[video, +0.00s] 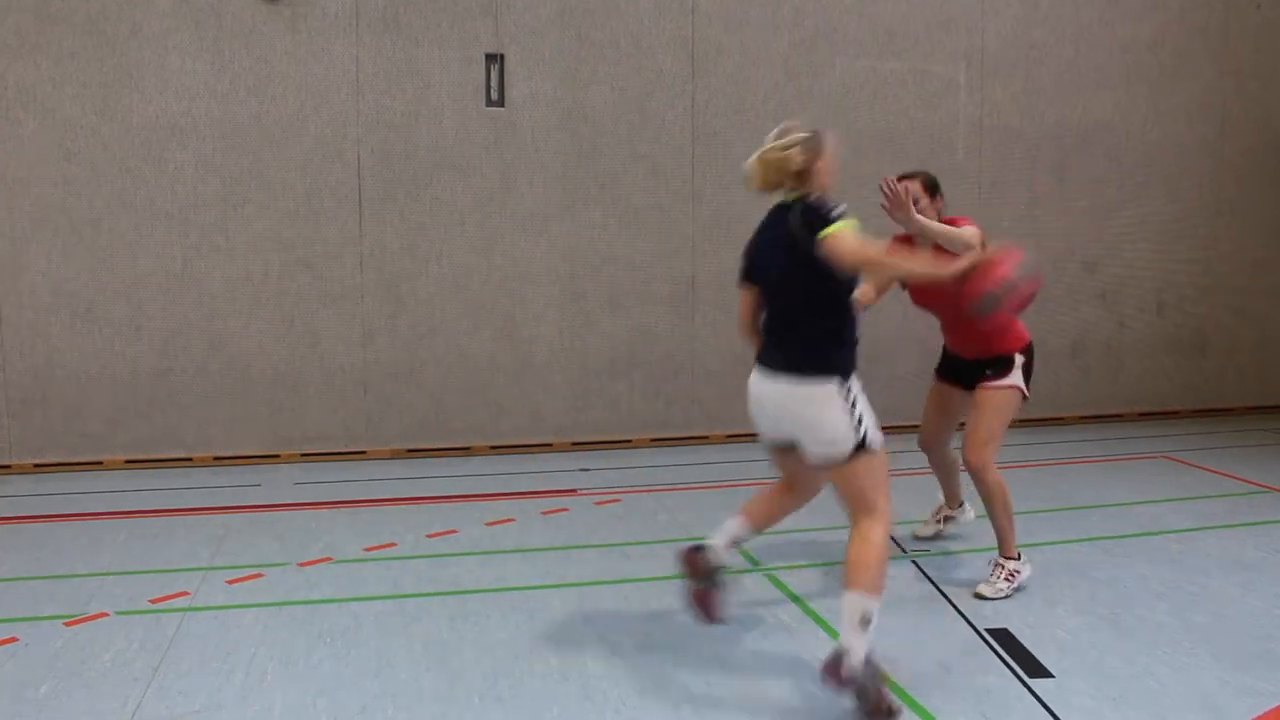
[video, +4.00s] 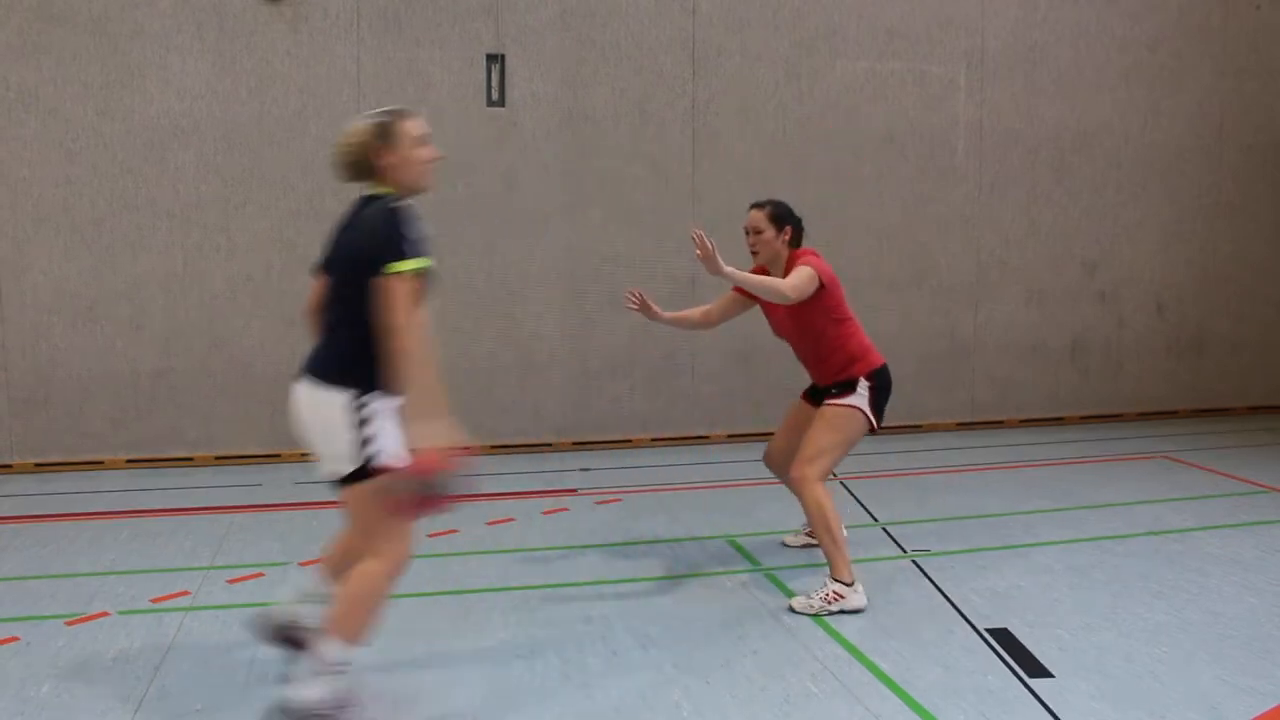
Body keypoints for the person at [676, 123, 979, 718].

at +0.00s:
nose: (833, 163)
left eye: (828, 154)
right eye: (828, 156)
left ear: (785, 173)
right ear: (813, 169)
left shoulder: (766, 231)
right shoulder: (821, 217)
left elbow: (748, 320)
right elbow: (853, 255)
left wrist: (778, 360)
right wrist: (945, 270)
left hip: (767, 388)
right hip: (826, 395)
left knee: (799, 483)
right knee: (871, 514)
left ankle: (711, 551)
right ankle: (854, 656)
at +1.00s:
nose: (234, 185)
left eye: (232, 175)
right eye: (224, 175)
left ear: (199, 182)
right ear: (191, 180)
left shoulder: (197, 238)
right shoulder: (165, 238)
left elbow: (201, 317)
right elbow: (167, 322)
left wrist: (244, 361)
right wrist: (238, 286)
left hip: (167, 398)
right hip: (144, 398)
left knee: (160, 515)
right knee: (198, 512)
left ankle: (105, 620)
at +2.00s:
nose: (312, 225)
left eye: (312, 215)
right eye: (306, 215)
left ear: (277, 217)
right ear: (277, 216)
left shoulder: (263, 261)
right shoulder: (262, 265)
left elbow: (278, 340)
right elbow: (278, 343)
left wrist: (325, 353)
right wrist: (328, 357)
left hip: (228, 393)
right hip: (209, 395)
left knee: (279, 465)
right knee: (228, 501)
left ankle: (197, 535)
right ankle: (139, 572)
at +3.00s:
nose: (793, 201)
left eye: (791, 194)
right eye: (785, 195)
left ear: (760, 207)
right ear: (764, 205)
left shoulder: (752, 245)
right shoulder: (761, 243)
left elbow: (729, 303)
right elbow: (781, 234)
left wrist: (748, 336)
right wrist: (770, 176)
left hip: (765, 365)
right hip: (750, 365)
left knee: (791, 446)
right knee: (752, 463)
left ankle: (753, 514)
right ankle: (657, 523)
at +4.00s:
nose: (434, 152)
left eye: (430, 141)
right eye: (420, 144)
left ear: (380, 162)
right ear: (384, 158)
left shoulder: (359, 217)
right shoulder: (396, 222)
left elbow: (318, 303)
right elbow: (402, 329)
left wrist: (355, 354)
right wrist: (431, 421)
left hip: (322, 391)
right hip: (355, 398)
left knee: (372, 524)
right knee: (390, 543)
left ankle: (303, 609)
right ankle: (322, 674)